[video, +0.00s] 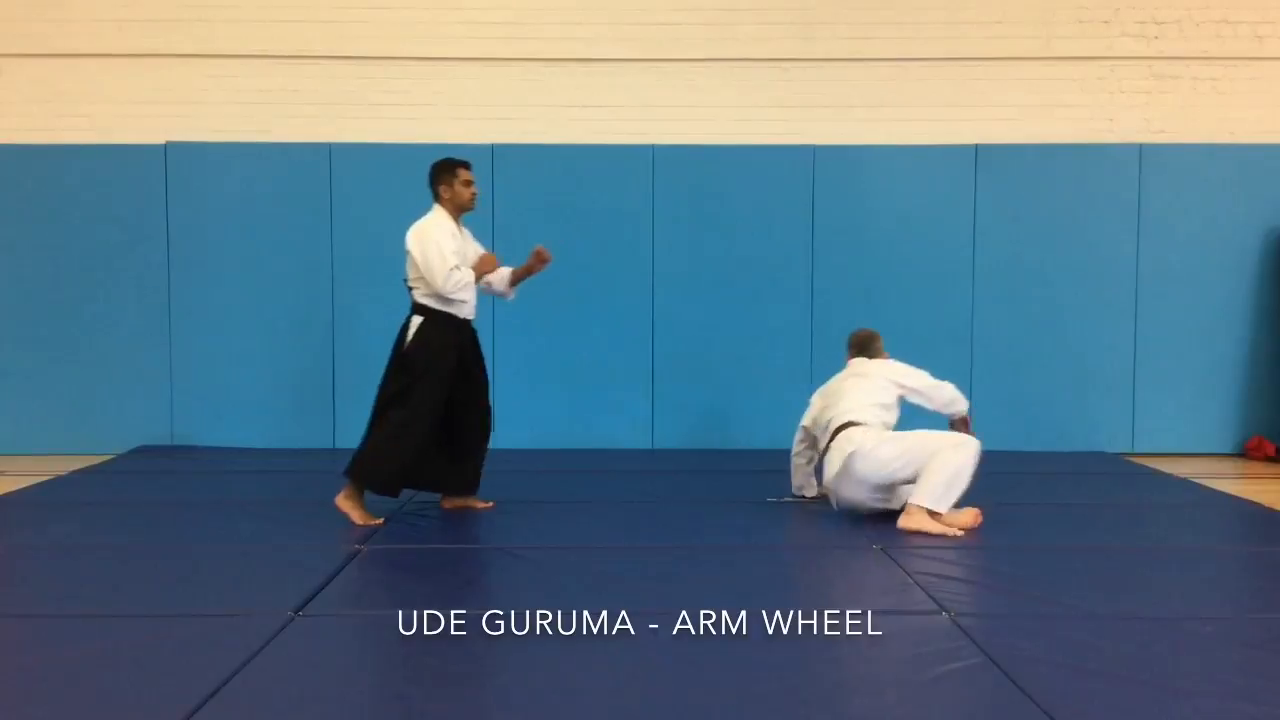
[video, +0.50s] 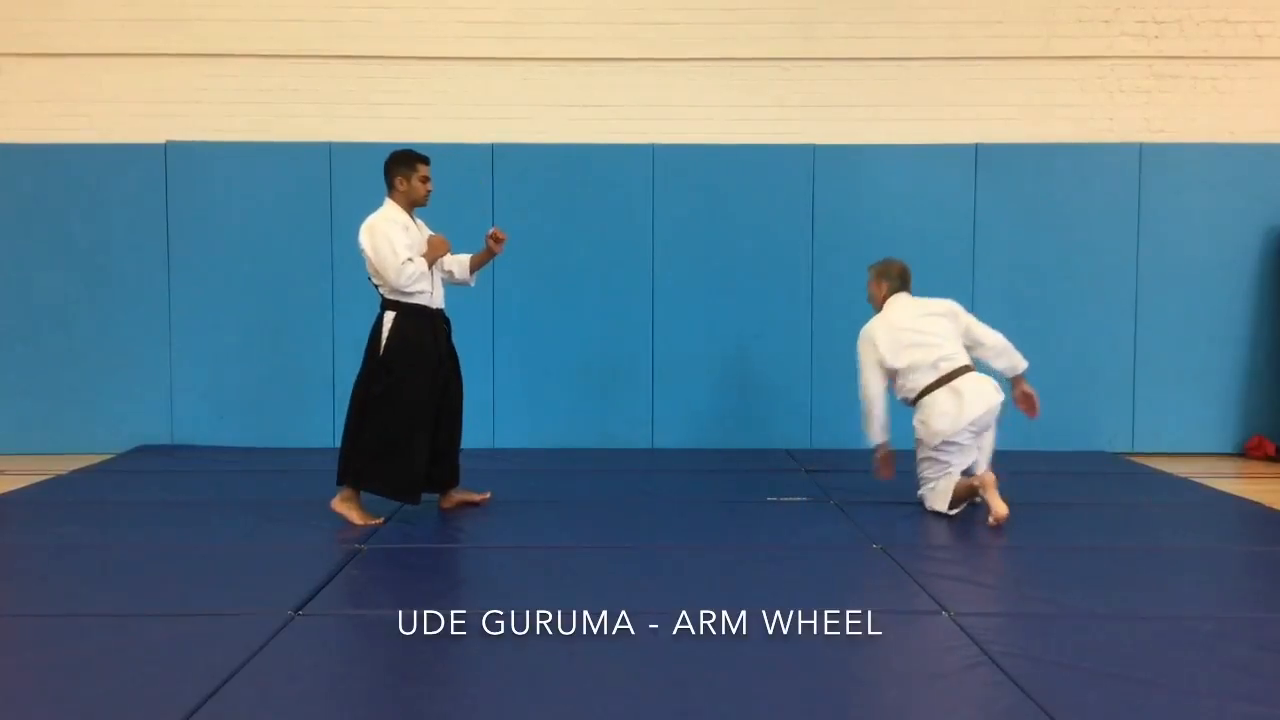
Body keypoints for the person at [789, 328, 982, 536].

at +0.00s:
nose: (886, 357)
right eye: (884, 354)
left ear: (850, 358)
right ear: (881, 355)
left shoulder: (825, 390)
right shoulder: (885, 368)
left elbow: (802, 445)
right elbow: (945, 395)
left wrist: (805, 490)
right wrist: (960, 417)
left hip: (838, 490)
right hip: (863, 452)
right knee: (962, 445)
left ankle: (941, 514)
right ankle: (916, 513)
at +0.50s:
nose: (868, 291)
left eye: (871, 284)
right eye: (869, 284)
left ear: (882, 287)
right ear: (906, 286)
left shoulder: (873, 332)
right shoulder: (943, 307)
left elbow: (872, 392)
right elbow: (992, 341)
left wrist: (881, 445)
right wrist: (1018, 380)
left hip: (939, 413)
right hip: (982, 394)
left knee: (934, 492)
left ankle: (977, 483)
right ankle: (984, 488)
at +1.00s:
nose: (860, 197)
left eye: (866, 190)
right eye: (861, 190)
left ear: (889, 191)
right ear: (892, 192)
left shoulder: (891, 227)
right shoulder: (921, 226)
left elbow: (853, 277)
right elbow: (885, 291)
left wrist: (832, 255)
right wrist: (837, 268)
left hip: (925, 330)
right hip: (953, 327)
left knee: (879, 411)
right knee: (931, 410)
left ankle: (942, 471)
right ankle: (969, 481)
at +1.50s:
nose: (739, 184)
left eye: (746, 176)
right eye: (739, 176)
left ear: (770, 177)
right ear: (765, 179)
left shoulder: (783, 224)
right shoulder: (781, 221)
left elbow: (749, 272)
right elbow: (820, 262)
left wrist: (722, 238)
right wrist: (774, 279)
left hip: (787, 338)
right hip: (760, 336)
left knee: (762, 417)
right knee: (709, 398)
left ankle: (790, 508)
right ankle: (740, 477)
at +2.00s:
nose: (579, 181)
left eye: (585, 172)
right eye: (578, 173)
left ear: (612, 172)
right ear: (601, 175)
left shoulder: (659, 215)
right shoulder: (580, 223)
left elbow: (686, 267)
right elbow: (532, 235)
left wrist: (697, 319)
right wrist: (479, 234)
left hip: (657, 324)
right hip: (616, 328)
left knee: (677, 411)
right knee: (590, 411)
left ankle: (722, 495)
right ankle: (576, 499)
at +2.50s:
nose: (561, 185)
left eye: (566, 176)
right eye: (560, 177)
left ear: (591, 173)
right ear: (582, 175)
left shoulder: (641, 209)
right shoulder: (567, 214)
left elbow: (673, 260)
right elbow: (523, 192)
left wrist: (645, 299)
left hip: (651, 321)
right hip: (606, 324)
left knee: (680, 411)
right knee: (588, 412)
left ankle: (720, 498)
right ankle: (580, 496)